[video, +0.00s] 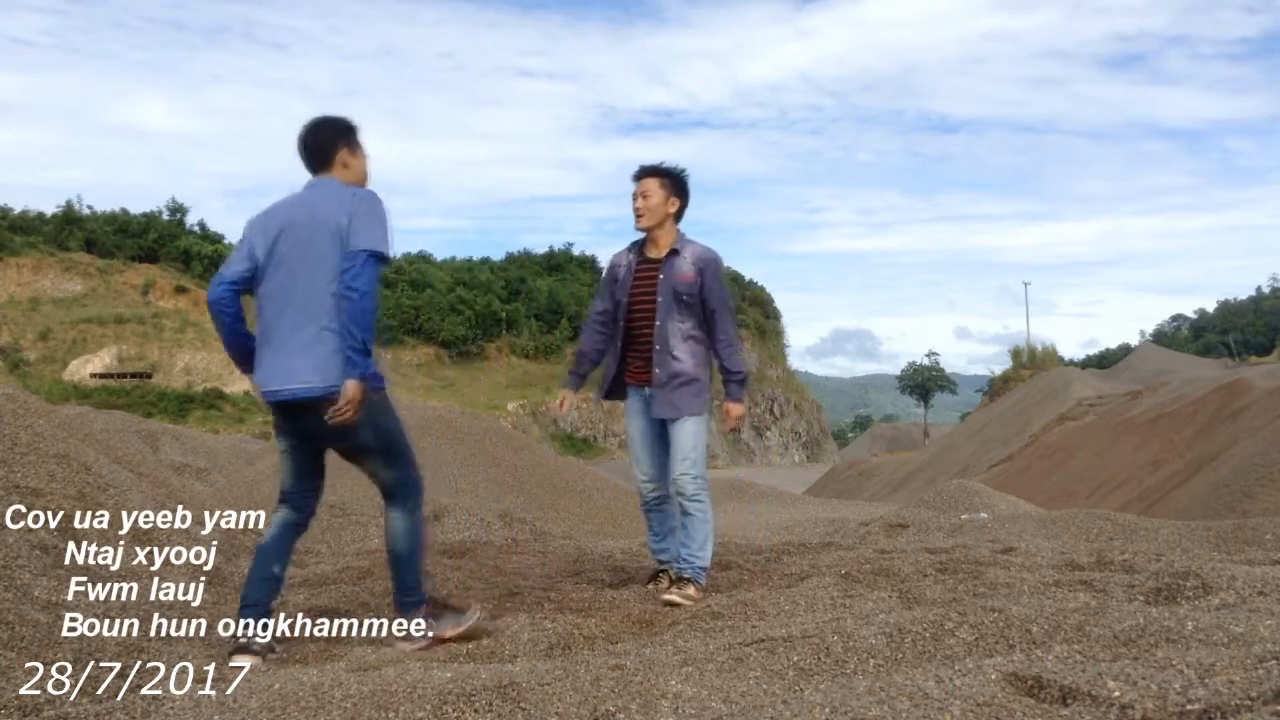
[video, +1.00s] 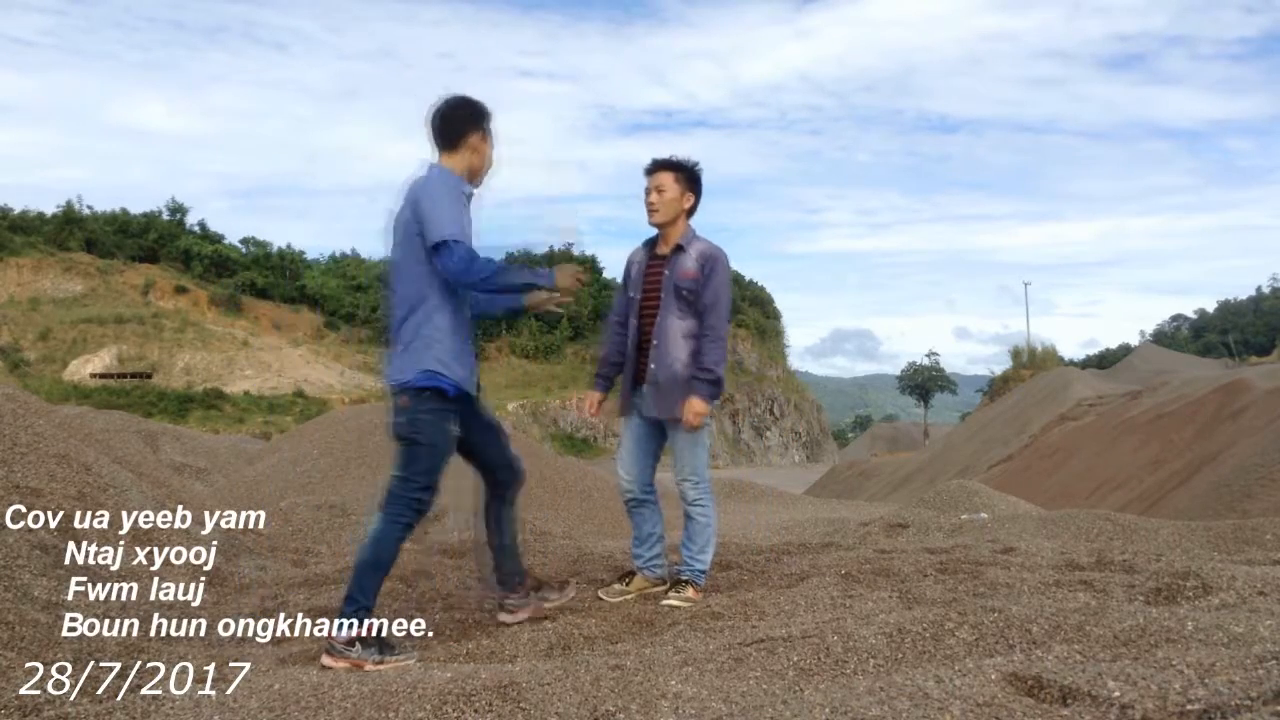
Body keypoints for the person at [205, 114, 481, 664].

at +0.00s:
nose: (366, 163)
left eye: (361, 153)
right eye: (361, 153)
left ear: (315, 162)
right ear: (345, 155)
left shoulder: (273, 215)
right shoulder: (360, 205)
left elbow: (221, 291)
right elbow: (358, 286)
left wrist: (251, 362)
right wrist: (358, 370)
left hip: (281, 385)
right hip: (338, 381)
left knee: (293, 506)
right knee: (402, 487)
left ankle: (251, 631)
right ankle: (415, 615)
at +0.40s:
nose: (386, 140)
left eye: (382, 128)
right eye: (380, 128)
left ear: (333, 138)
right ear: (361, 133)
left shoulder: (293, 200)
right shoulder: (359, 185)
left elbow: (268, 290)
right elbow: (363, 277)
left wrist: (325, 319)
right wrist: (384, 362)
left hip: (291, 381)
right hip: (338, 376)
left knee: (280, 502)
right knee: (384, 495)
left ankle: (246, 630)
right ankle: (350, 634)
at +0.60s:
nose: (419, 142)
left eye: (416, 130)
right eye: (415, 130)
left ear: (369, 133)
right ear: (397, 130)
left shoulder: (343, 189)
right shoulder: (372, 184)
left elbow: (355, 291)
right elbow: (379, 273)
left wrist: (411, 329)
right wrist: (451, 315)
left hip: (336, 379)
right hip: (367, 378)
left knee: (346, 502)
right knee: (391, 503)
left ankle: (267, 612)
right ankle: (350, 635)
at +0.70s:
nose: (432, 145)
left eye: (430, 133)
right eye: (429, 132)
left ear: (387, 129)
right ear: (411, 128)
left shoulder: (366, 181)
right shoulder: (379, 175)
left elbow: (407, 275)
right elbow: (406, 257)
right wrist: (489, 251)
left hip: (364, 371)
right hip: (377, 371)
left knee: (393, 488)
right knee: (390, 498)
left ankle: (306, 584)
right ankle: (349, 636)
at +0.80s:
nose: (451, 143)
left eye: (451, 134)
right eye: (450, 133)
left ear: (402, 128)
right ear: (436, 129)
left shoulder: (384, 175)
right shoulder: (396, 172)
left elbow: (403, 254)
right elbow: (439, 236)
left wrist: (447, 216)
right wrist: (518, 189)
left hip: (388, 367)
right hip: (391, 369)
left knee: (445, 469)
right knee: (389, 503)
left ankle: (383, 578)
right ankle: (348, 637)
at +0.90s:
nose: (472, 147)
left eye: (470, 136)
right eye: (469, 136)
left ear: (429, 132)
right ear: (452, 133)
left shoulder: (411, 180)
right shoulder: (416, 175)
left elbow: (443, 249)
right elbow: (454, 241)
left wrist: (461, 225)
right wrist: (530, 195)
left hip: (418, 375)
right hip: (405, 374)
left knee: (480, 465)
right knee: (394, 504)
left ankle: (440, 586)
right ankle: (348, 634)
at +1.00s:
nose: (491, 156)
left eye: (489, 144)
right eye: (489, 143)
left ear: (448, 141)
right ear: (474, 140)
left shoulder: (434, 197)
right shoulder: (438, 186)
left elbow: (459, 297)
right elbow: (457, 265)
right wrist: (544, 277)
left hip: (446, 380)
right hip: (428, 377)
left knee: (504, 472)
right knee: (406, 503)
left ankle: (514, 592)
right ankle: (349, 631)